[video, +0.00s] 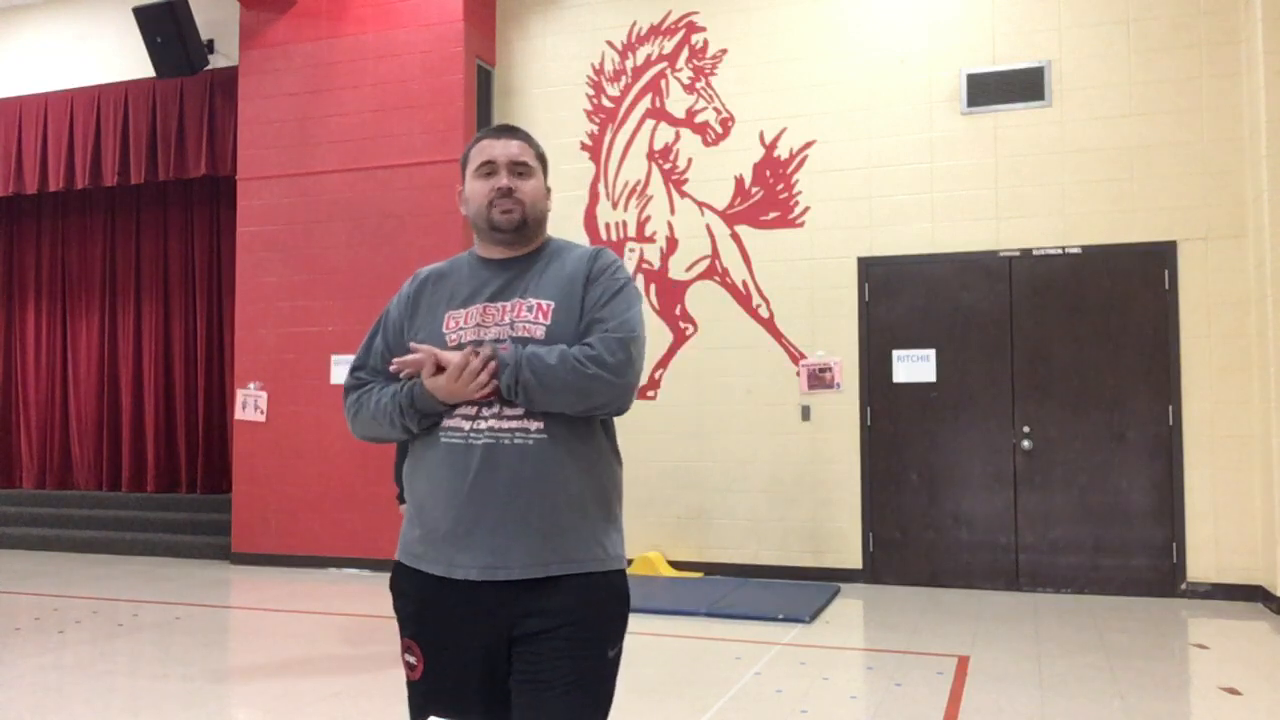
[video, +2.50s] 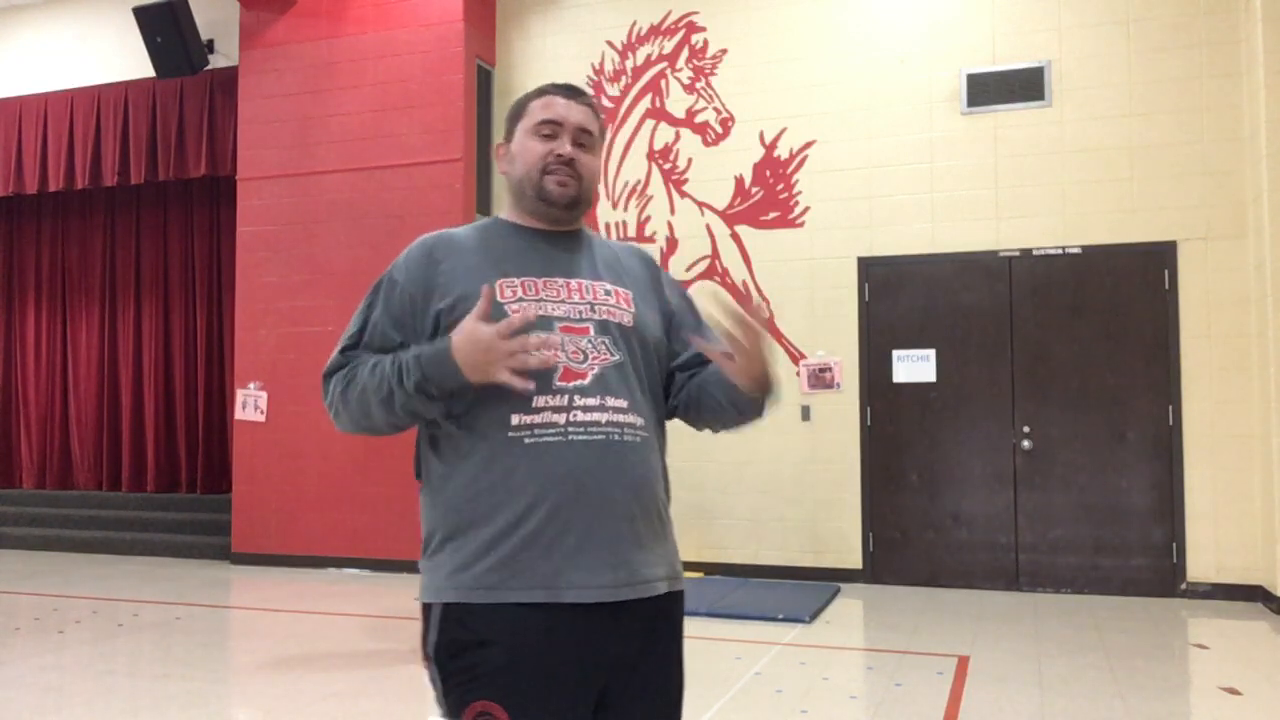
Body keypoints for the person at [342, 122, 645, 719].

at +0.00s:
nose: (504, 182)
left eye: (520, 170)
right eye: (486, 171)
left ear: (548, 192)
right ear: (462, 198)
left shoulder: (595, 272)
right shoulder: (420, 293)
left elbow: (613, 374)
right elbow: (362, 406)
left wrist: (470, 365)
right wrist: (429, 397)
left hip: (571, 573)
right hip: (440, 577)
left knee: (561, 710)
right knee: (447, 713)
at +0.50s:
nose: (527, 183)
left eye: (537, 172)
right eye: (506, 170)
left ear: (550, 192)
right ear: (466, 193)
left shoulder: (602, 283)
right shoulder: (416, 291)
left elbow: (692, 354)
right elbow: (339, 393)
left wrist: (619, 368)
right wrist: (406, 386)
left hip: (578, 580)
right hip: (447, 580)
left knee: (569, 711)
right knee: (454, 714)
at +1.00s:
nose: (546, 181)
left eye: (559, 171)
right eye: (526, 166)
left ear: (573, 192)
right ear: (484, 188)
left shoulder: (616, 280)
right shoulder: (430, 283)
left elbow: (683, 376)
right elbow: (367, 415)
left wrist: (625, 300)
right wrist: (400, 372)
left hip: (586, 582)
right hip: (454, 582)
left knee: (577, 710)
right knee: (459, 713)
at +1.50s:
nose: (545, 161)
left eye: (566, 149)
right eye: (529, 147)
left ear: (597, 177)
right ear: (507, 170)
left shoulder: (647, 271)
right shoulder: (451, 269)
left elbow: (719, 369)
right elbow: (372, 397)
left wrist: (683, 389)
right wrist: (419, 351)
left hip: (617, 590)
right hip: (478, 590)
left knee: (610, 710)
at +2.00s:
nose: (585, 142)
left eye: (608, 130)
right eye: (567, 128)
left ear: (638, 166)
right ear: (537, 156)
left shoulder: (682, 274)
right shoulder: (469, 256)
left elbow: (720, 410)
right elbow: (383, 373)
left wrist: (766, 400)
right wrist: (438, 415)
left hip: (646, 606)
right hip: (495, 604)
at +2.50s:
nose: (566, 149)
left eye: (584, 141)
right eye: (546, 132)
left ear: (601, 172)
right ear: (505, 154)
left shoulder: (643, 274)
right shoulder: (437, 261)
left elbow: (692, 387)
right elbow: (347, 392)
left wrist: (747, 388)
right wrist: (450, 363)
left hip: (638, 595)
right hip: (493, 596)